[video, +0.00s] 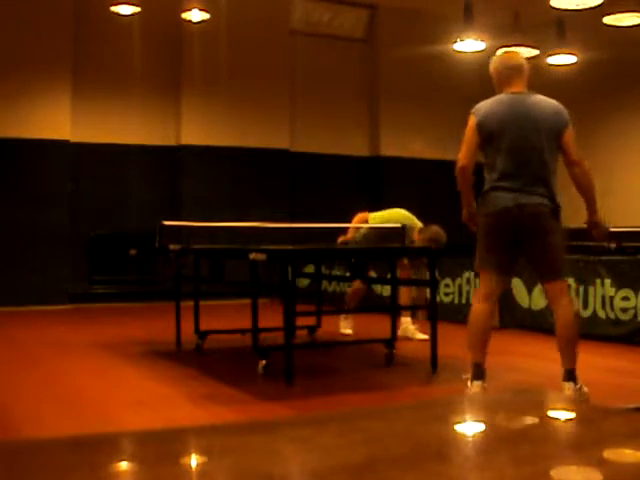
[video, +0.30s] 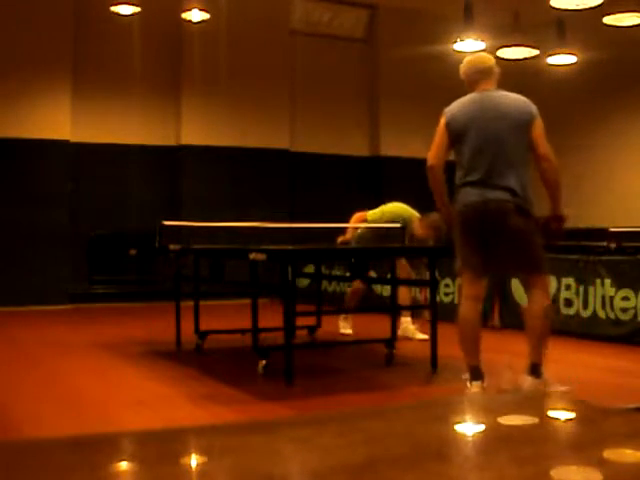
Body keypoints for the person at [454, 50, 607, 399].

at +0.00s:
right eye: (525, 70)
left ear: (495, 79)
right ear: (526, 75)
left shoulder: (482, 111)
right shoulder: (554, 110)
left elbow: (464, 164)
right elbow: (575, 163)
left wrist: (468, 205)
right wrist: (593, 211)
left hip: (495, 216)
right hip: (541, 215)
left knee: (486, 292)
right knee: (559, 294)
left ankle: (476, 377)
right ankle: (570, 379)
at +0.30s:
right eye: (494, 72)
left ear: (466, 81)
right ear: (495, 75)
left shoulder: (453, 111)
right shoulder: (524, 106)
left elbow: (434, 161)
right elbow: (545, 157)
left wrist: (444, 208)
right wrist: (556, 209)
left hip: (469, 211)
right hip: (512, 210)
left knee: (471, 290)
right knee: (537, 286)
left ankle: (474, 375)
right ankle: (535, 371)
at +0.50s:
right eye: (484, 71)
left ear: (457, 79)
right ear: (487, 74)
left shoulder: (444, 112)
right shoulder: (515, 106)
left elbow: (429, 166)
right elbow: (536, 155)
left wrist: (432, 207)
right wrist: (546, 208)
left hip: (460, 210)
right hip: (503, 209)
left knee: (465, 288)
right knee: (517, 289)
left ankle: (472, 372)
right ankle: (485, 358)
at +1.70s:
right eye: (467, 67)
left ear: (438, 73)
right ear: (469, 69)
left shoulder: (424, 105)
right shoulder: (496, 103)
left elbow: (399, 157)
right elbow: (514, 157)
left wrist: (398, 199)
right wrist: (529, 209)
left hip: (434, 208)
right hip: (479, 208)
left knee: (433, 290)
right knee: (476, 297)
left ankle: (422, 376)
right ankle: (461, 387)